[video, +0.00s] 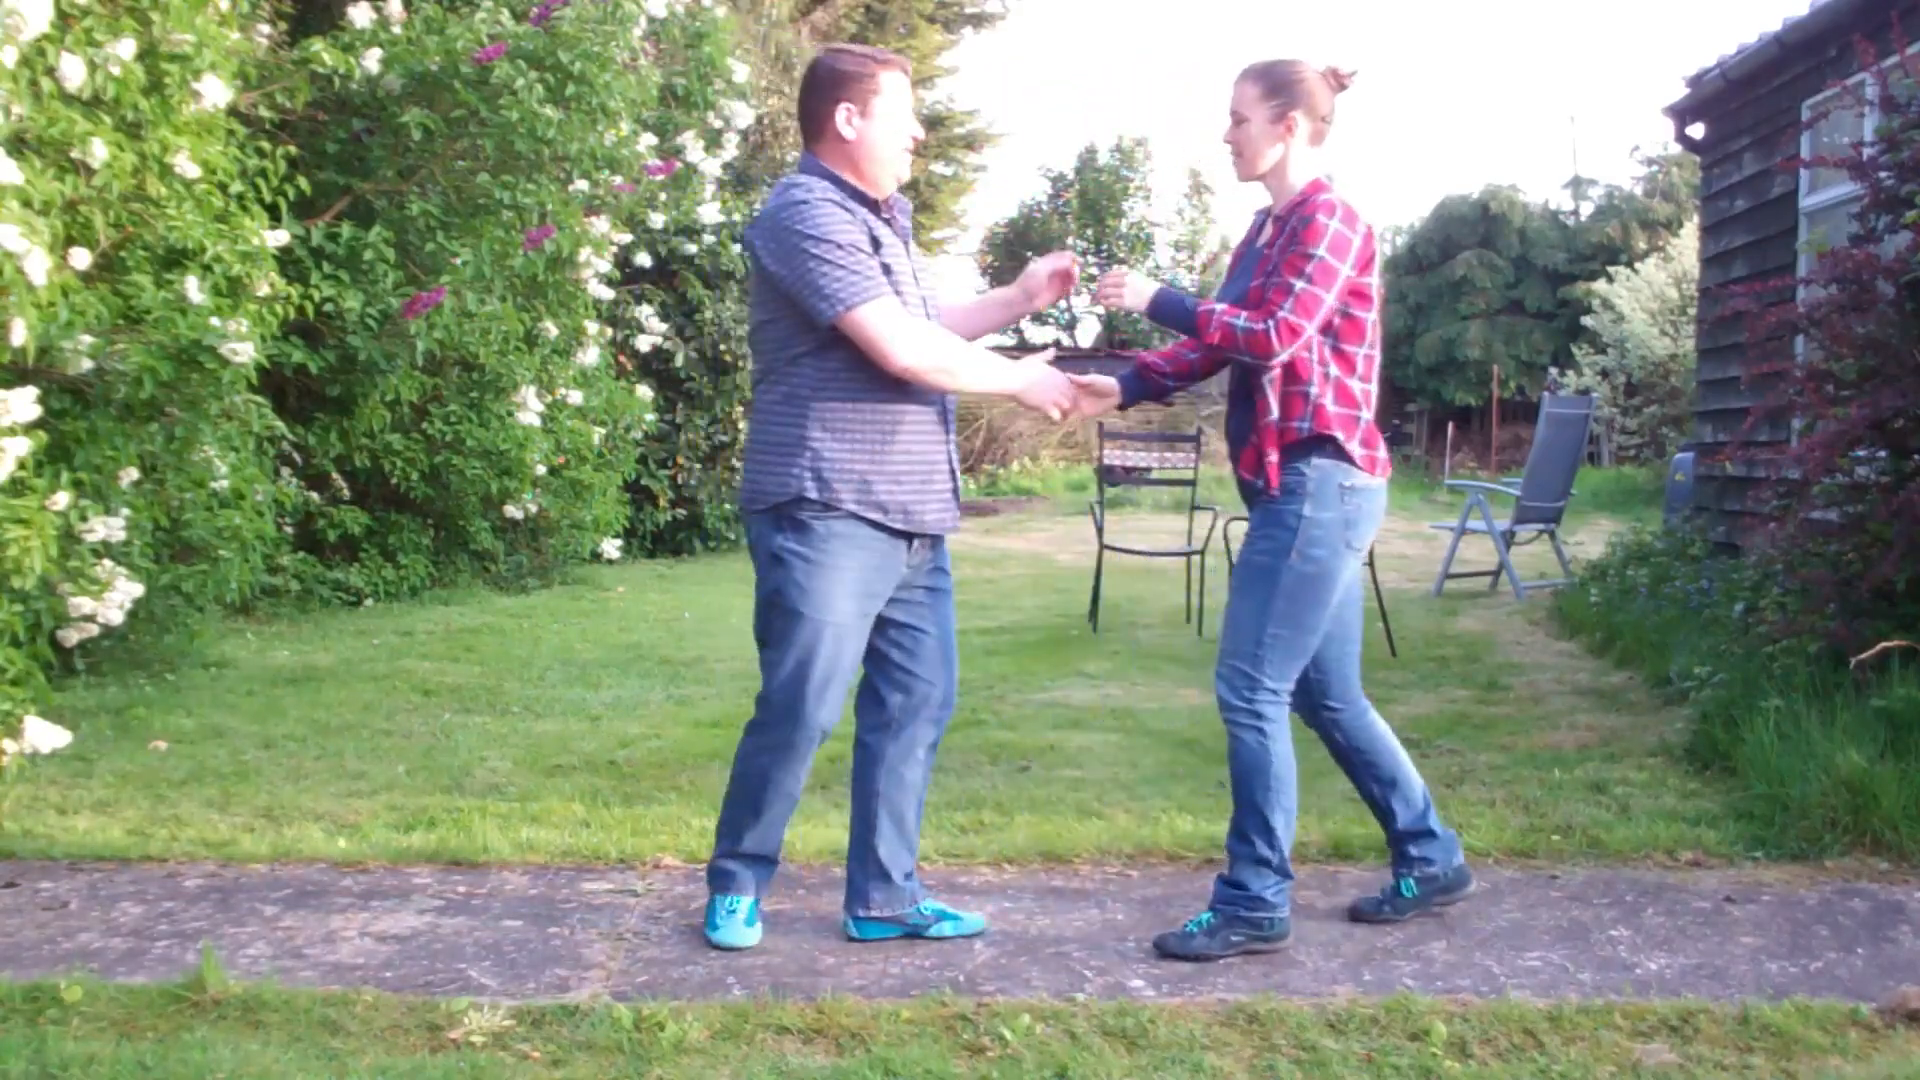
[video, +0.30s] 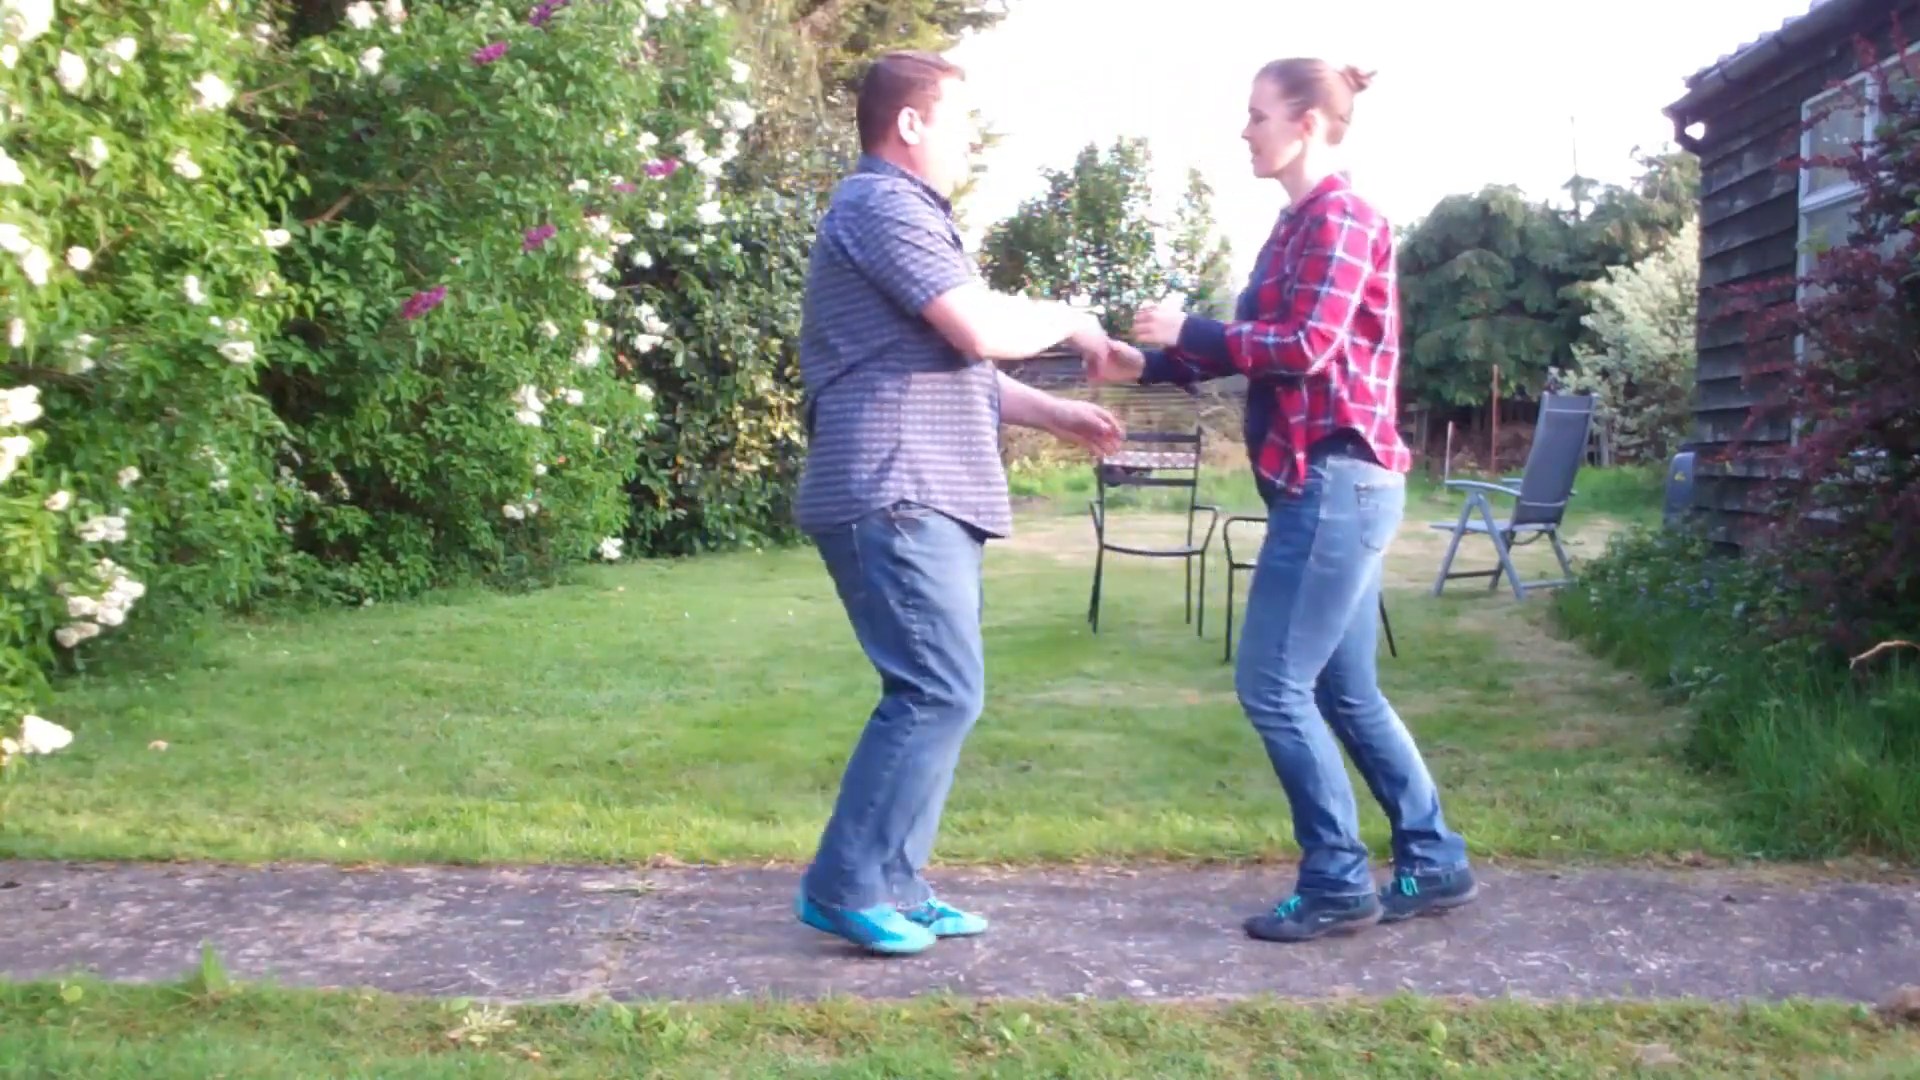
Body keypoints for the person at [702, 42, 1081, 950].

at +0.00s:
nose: (916, 137)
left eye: (913, 119)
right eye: (904, 119)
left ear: (855, 122)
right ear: (848, 121)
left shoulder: (883, 221)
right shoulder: (805, 211)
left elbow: (927, 324)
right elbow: (896, 346)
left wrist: (1022, 295)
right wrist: (1020, 377)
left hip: (911, 513)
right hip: (826, 504)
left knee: (915, 705)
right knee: (803, 705)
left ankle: (885, 899)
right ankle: (739, 883)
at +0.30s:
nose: (968, 141)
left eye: (966, 123)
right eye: (958, 123)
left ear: (900, 127)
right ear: (911, 125)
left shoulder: (905, 214)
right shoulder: (882, 203)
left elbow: (955, 371)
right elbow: (972, 327)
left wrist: (1054, 412)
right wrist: (1072, 320)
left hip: (924, 494)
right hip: (889, 491)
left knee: (940, 690)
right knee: (938, 688)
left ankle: (894, 883)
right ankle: (847, 886)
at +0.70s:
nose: (994, 137)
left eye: (994, 124)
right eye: (983, 120)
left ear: (927, 122)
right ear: (934, 120)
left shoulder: (930, 203)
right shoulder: (896, 183)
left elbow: (975, 345)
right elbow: (1021, 215)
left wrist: (1066, 318)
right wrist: (1072, 127)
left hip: (943, 480)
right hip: (910, 478)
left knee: (992, 662)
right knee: (948, 689)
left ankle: (890, 839)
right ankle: (909, 905)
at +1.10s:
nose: (968, 131)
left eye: (967, 116)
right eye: (956, 113)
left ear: (901, 121)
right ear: (904, 118)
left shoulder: (914, 208)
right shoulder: (871, 190)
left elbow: (994, 291)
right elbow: (988, 212)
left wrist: (1048, 250)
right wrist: (1054, 124)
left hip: (918, 480)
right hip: (887, 479)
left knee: (890, 688)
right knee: (929, 689)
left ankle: (846, 875)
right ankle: (907, 903)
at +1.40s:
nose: (947, 123)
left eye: (943, 109)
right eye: (932, 108)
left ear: (876, 118)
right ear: (881, 118)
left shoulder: (886, 199)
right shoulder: (852, 184)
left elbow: (971, 232)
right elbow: (990, 162)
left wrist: (1025, 176)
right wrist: (1058, 113)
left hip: (893, 478)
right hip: (865, 475)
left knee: (884, 680)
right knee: (904, 681)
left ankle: (851, 868)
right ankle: (792, 866)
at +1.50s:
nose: (939, 124)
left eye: (937, 110)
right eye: (925, 110)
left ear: (871, 115)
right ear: (874, 114)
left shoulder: (887, 195)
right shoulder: (840, 179)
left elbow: (961, 215)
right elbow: (971, 146)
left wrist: (1027, 159)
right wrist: (1028, 126)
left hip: (895, 480)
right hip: (854, 476)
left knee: (892, 688)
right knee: (871, 689)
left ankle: (845, 873)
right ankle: (757, 871)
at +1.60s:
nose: (932, 124)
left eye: (932, 110)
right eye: (920, 109)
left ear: (869, 113)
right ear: (868, 112)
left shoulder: (888, 200)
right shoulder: (830, 176)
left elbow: (955, 202)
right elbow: (959, 139)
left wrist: (1027, 140)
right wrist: (996, 123)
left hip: (893, 495)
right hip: (835, 486)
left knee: (891, 691)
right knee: (838, 692)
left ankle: (847, 875)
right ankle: (746, 885)